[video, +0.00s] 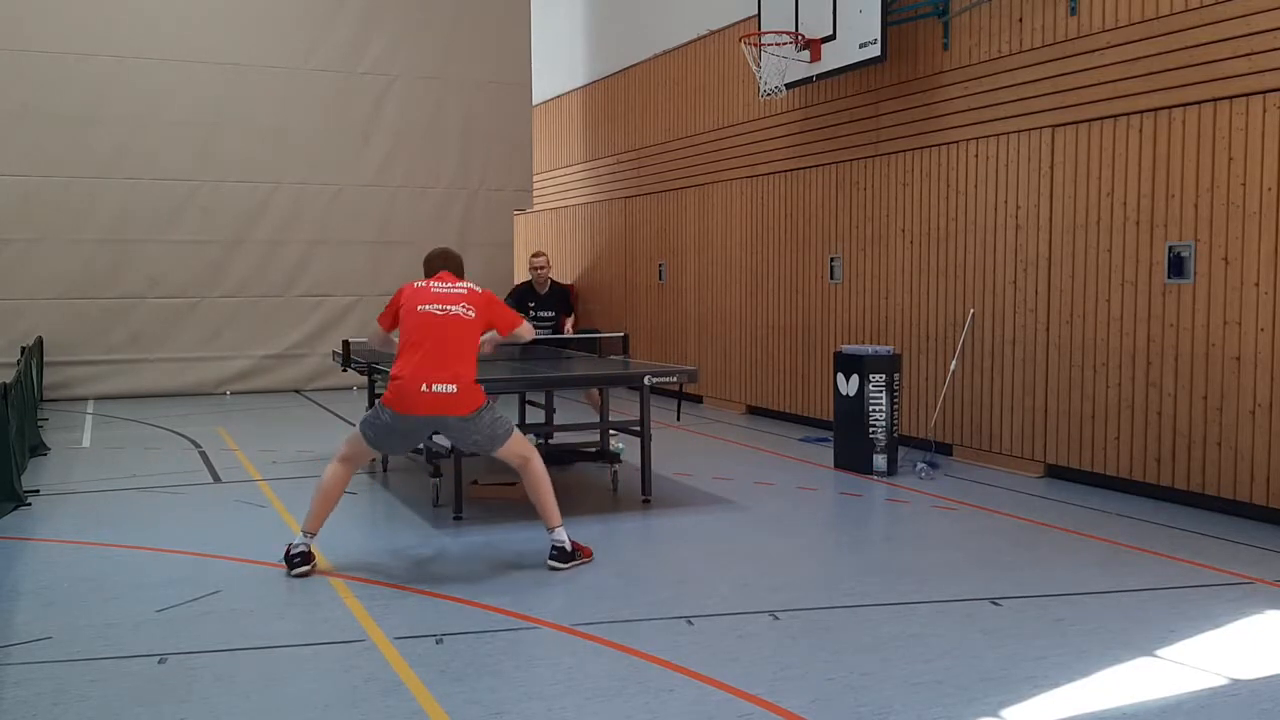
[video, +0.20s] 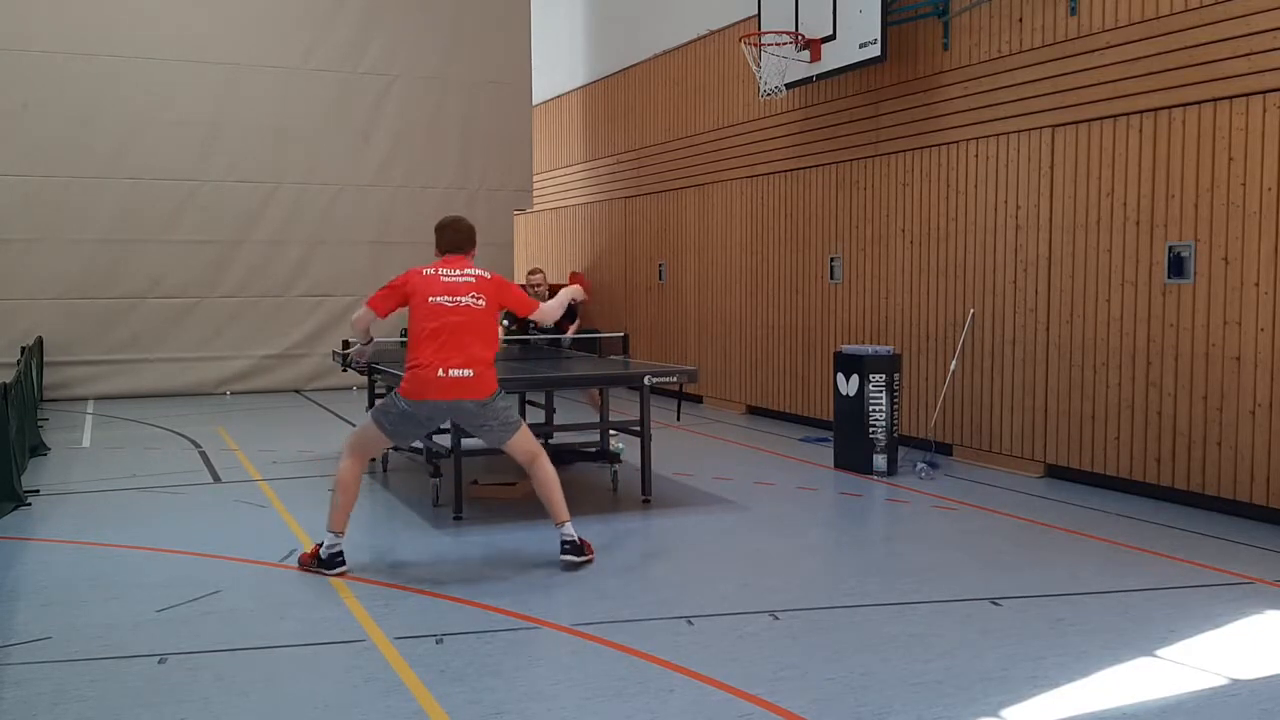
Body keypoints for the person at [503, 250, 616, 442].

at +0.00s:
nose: (539, 272)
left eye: (543, 268)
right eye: (535, 268)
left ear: (549, 269)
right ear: (529, 271)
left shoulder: (562, 291)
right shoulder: (520, 291)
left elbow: (570, 314)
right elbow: (502, 314)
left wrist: (568, 323)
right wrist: (519, 326)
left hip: (558, 351)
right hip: (527, 350)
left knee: (588, 380)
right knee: (495, 375)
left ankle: (608, 429)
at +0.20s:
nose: (536, 290)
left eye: (539, 285)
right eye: (532, 286)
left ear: (546, 285)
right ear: (526, 287)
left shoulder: (557, 300)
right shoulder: (520, 303)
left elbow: (576, 320)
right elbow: (502, 326)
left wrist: (569, 334)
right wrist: (498, 344)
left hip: (559, 353)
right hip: (530, 354)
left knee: (587, 381)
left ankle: (606, 423)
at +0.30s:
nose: (537, 298)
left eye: (541, 294)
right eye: (533, 294)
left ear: (548, 291)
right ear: (527, 293)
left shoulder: (563, 306)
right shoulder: (522, 309)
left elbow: (578, 323)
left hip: (561, 355)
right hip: (532, 356)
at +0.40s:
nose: (542, 292)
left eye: (544, 287)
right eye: (537, 288)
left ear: (549, 286)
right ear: (529, 288)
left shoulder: (560, 304)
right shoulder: (523, 308)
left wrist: (573, 342)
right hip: (535, 358)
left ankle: (607, 429)